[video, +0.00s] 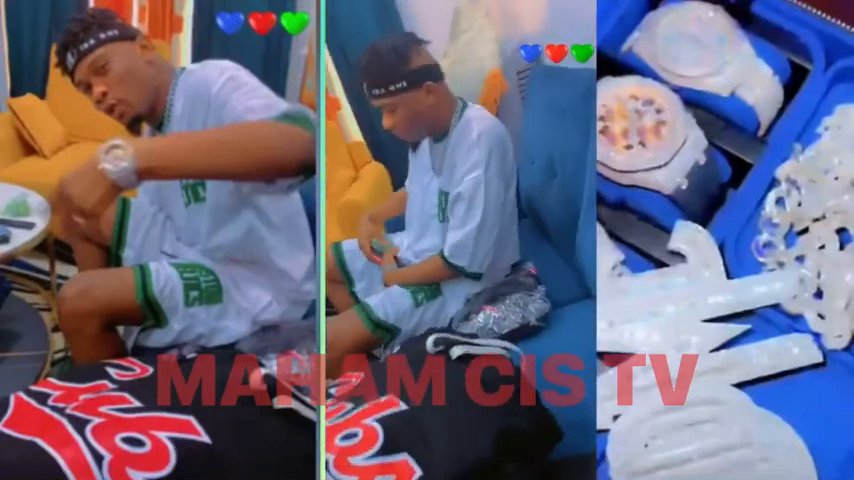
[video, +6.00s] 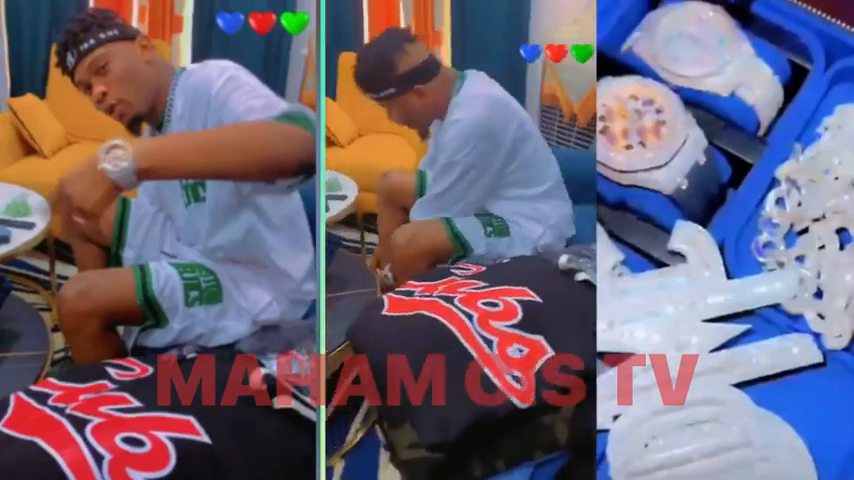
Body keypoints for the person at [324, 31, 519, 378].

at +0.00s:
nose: (385, 124)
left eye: (391, 111)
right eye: (382, 112)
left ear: (429, 94)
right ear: (428, 94)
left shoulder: (481, 140)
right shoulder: (426, 129)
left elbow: (464, 260)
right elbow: (417, 190)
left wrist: (394, 276)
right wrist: (374, 216)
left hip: (462, 277)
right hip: (420, 247)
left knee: (329, 339)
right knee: (329, 263)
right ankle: (374, 347)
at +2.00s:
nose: (460, 117)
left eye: (470, 110)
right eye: (464, 106)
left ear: (513, 126)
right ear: (513, 126)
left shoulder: (547, 187)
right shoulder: (498, 143)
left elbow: (440, 271)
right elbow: (415, 184)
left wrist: (361, 226)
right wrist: (339, 192)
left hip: (505, 307)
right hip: (476, 259)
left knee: (366, 286)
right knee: (380, 210)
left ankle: (359, 393)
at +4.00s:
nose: (443, 123)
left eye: (449, 115)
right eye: (444, 113)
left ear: (488, 119)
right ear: (489, 120)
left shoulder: (529, 171)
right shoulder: (487, 147)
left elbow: (450, 265)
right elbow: (419, 191)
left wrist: (347, 245)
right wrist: (338, 192)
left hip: (499, 300)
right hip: (473, 257)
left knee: (360, 287)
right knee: (377, 217)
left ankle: (364, 385)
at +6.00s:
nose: (392, 119)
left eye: (389, 107)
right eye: (386, 109)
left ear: (416, 93)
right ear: (419, 87)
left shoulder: (474, 115)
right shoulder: (457, 94)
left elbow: (431, 214)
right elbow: (430, 180)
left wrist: (389, 274)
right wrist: (384, 261)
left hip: (533, 228)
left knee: (407, 243)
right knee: (391, 186)